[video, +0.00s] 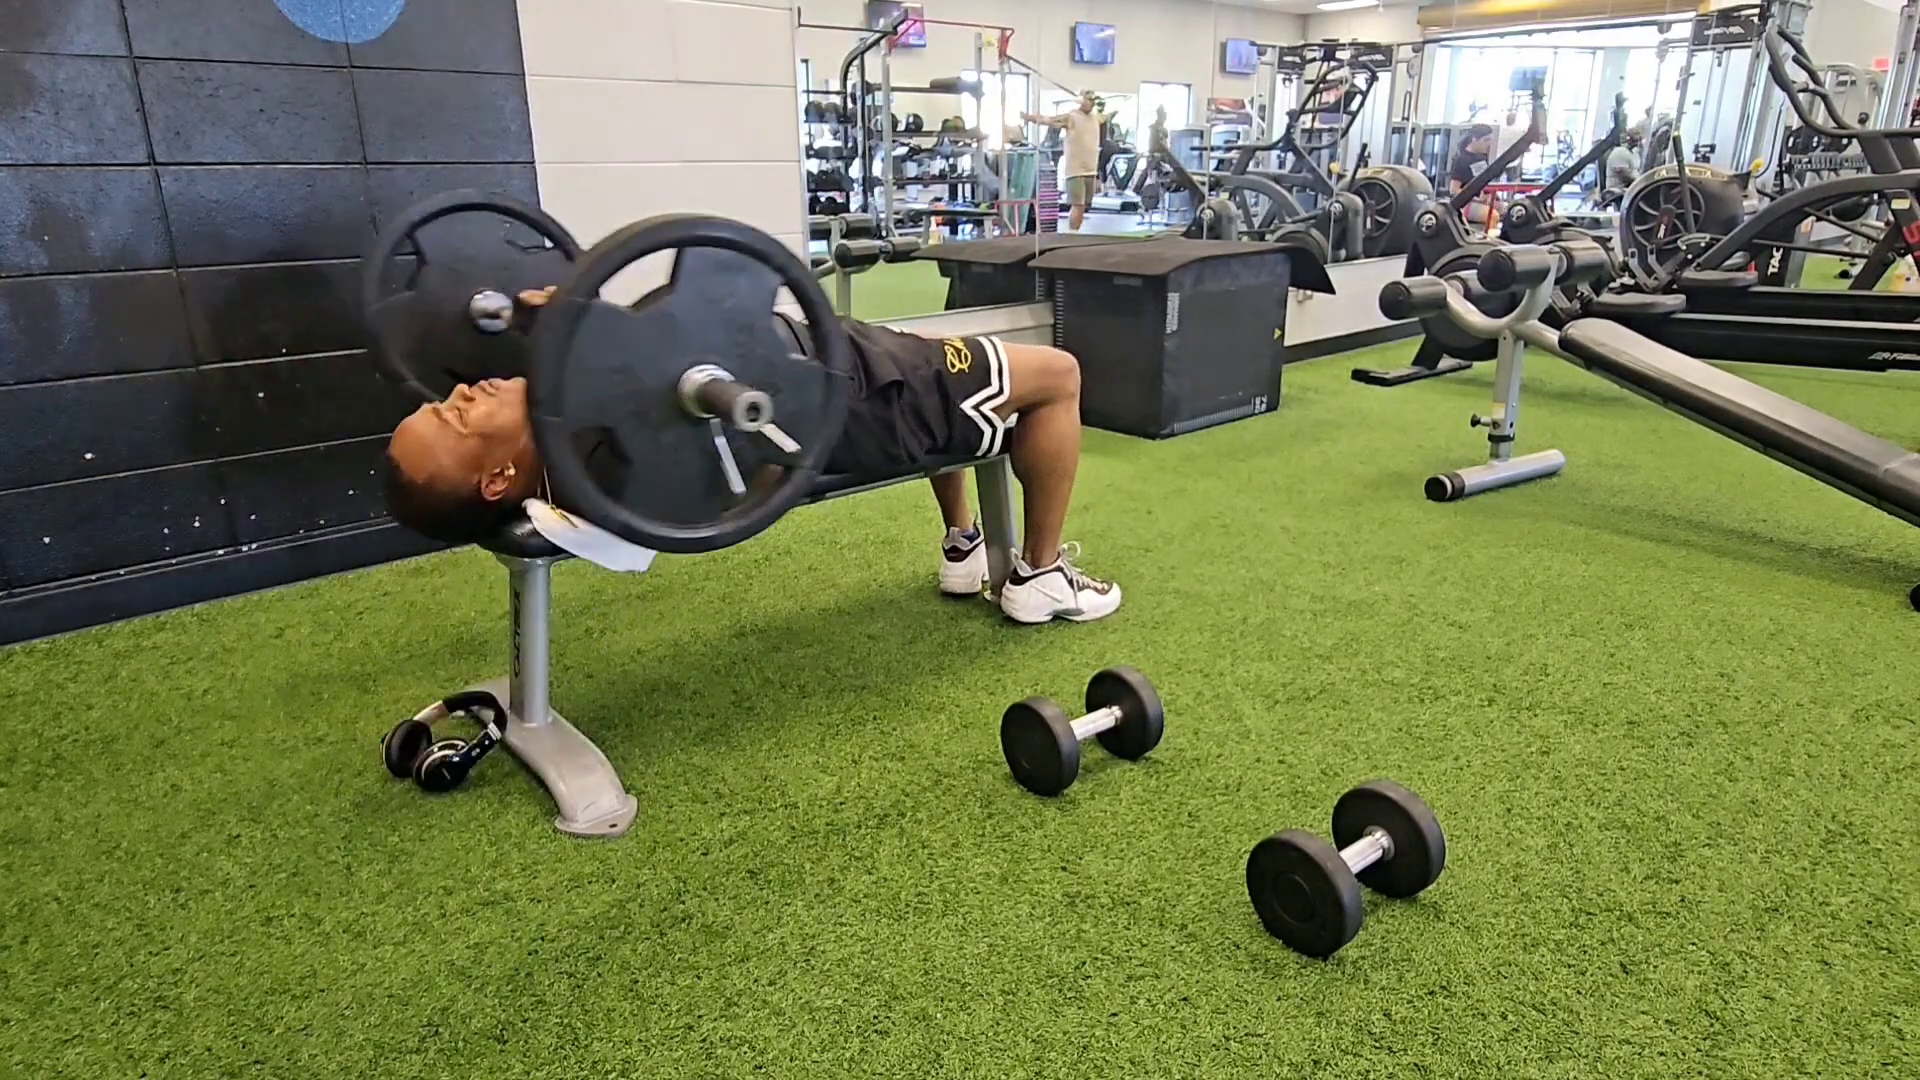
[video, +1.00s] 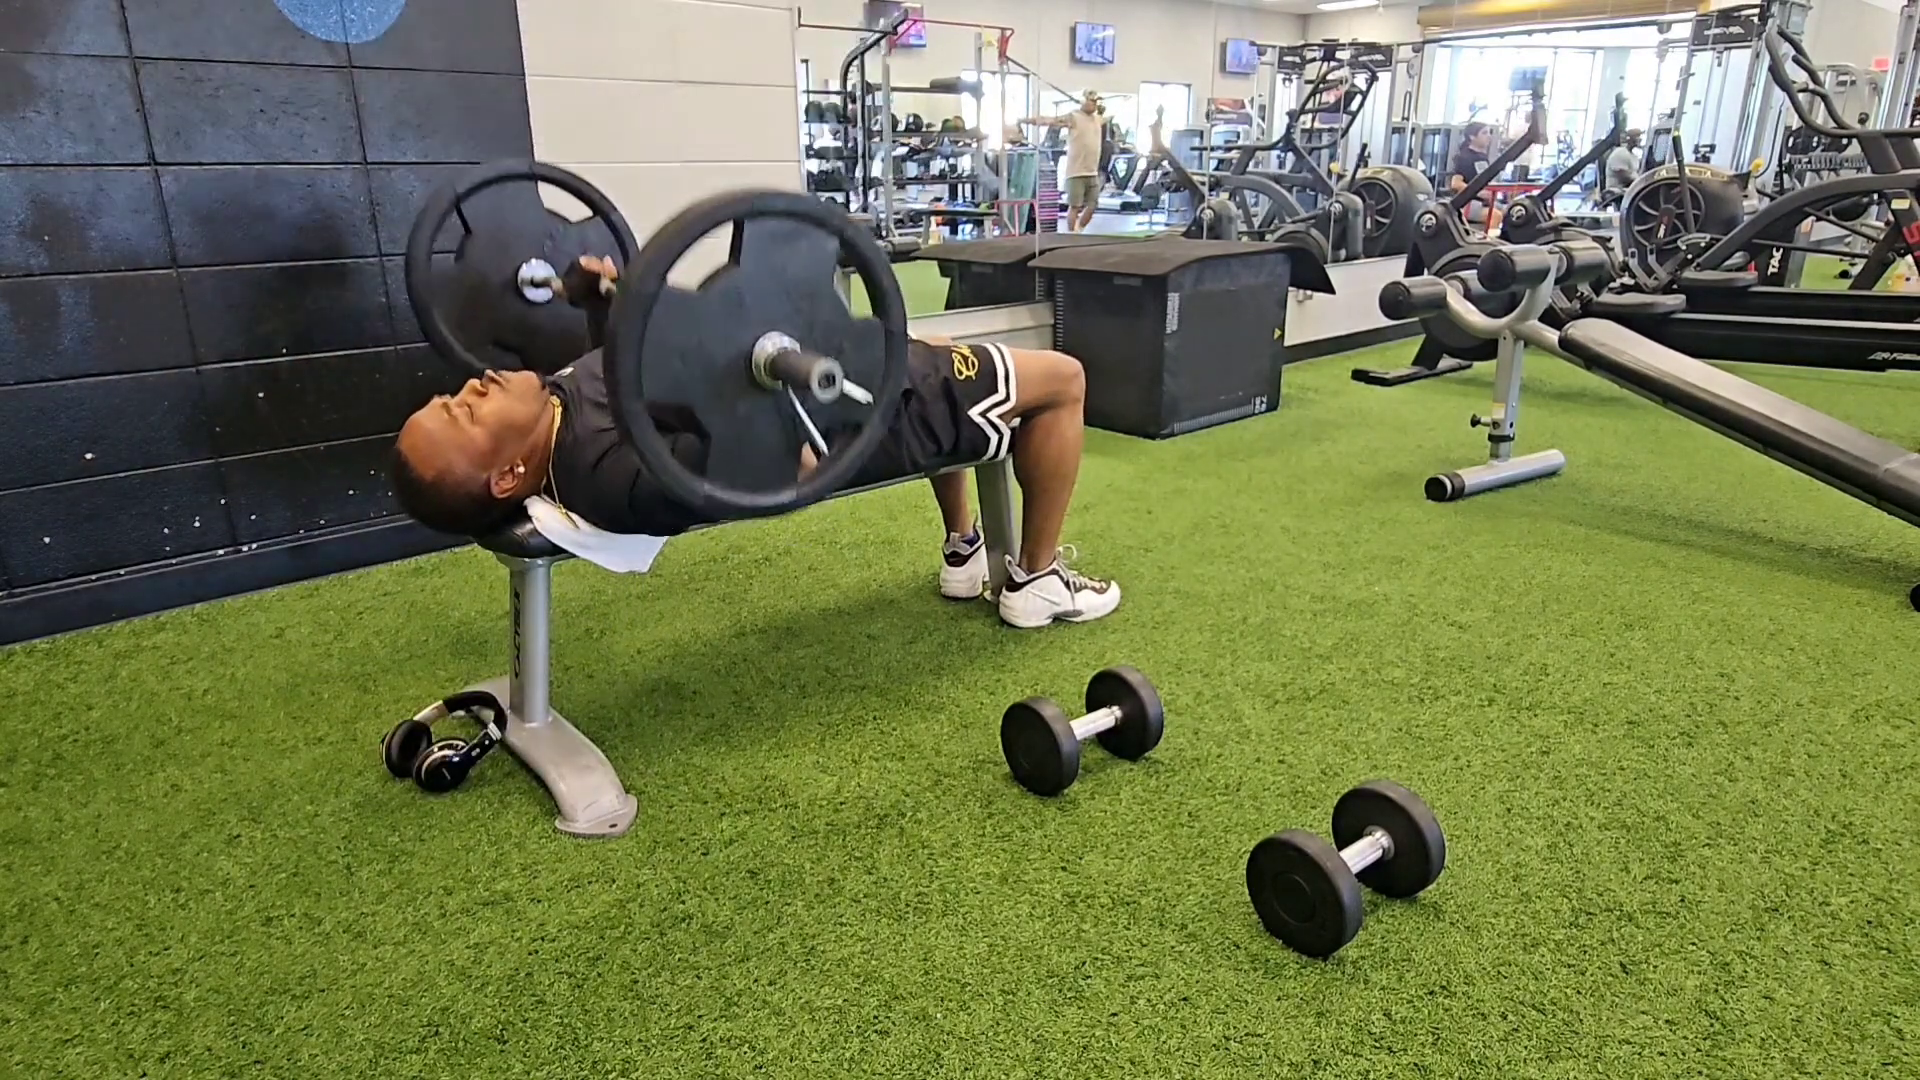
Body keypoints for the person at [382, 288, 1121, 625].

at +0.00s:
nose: (471, 385)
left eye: (451, 398)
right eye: (464, 412)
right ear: (502, 478)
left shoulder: (545, 398)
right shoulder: (589, 462)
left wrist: (553, 316)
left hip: (789, 361)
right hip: (835, 412)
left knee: (938, 341)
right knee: (1058, 375)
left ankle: (965, 543)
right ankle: (1043, 574)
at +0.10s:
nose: (473, 381)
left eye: (452, 392)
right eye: (464, 409)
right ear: (508, 476)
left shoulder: (544, 393)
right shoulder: (609, 468)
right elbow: (724, 495)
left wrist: (610, 317)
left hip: (781, 373)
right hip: (849, 422)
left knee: (938, 340)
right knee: (1061, 375)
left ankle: (964, 544)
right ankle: (1041, 577)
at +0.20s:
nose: (473, 375)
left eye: (451, 387)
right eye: (464, 403)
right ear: (510, 472)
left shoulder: (555, 399)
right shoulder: (628, 463)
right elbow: (763, 458)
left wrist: (629, 330)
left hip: (786, 373)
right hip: (839, 430)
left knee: (930, 345)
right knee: (1065, 379)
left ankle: (965, 546)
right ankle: (1039, 578)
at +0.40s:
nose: (471, 375)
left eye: (448, 388)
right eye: (462, 399)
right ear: (509, 468)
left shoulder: (553, 394)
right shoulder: (606, 467)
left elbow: (617, 330)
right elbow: (728, 453)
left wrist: (618, 260)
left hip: (784, 370)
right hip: (826, 421)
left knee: (939, 353)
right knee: (1060, 380)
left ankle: (967, 549)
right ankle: (1036, 576)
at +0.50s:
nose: (467, 377)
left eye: (445, 392)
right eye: (457, 405)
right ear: (505, 473)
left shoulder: (545, 395)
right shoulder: (608, 460)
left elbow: (575, 313)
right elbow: (715, 371)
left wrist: (585, 204)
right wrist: (719, 221)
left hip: (804, 358)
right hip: (844, 401)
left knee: (937, 349)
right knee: (1060, 380)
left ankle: (965, 546)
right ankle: (1039, 578)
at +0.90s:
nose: (472, 381)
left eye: (449, 393)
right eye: (461, 409)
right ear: (505, 482)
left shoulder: (555, 408)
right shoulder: (613, 469)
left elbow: (598, 348)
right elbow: (737, 436)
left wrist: (592, 252)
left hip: (797, 373)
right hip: (843, 412)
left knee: (931, 349)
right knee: (1059, 379)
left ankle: (967, 549)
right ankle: (1037, 578)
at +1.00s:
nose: (477, 376)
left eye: (455, 393)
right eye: (469, 404)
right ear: (513, 472)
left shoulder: (558, 393)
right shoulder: (612, 473)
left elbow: (653, 354)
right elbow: (757, 479)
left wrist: (614, 301)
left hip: (776, 377)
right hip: (832, 427)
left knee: (938, 350)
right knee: (1064, 380)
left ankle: (965, 549)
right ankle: (1039, 577)